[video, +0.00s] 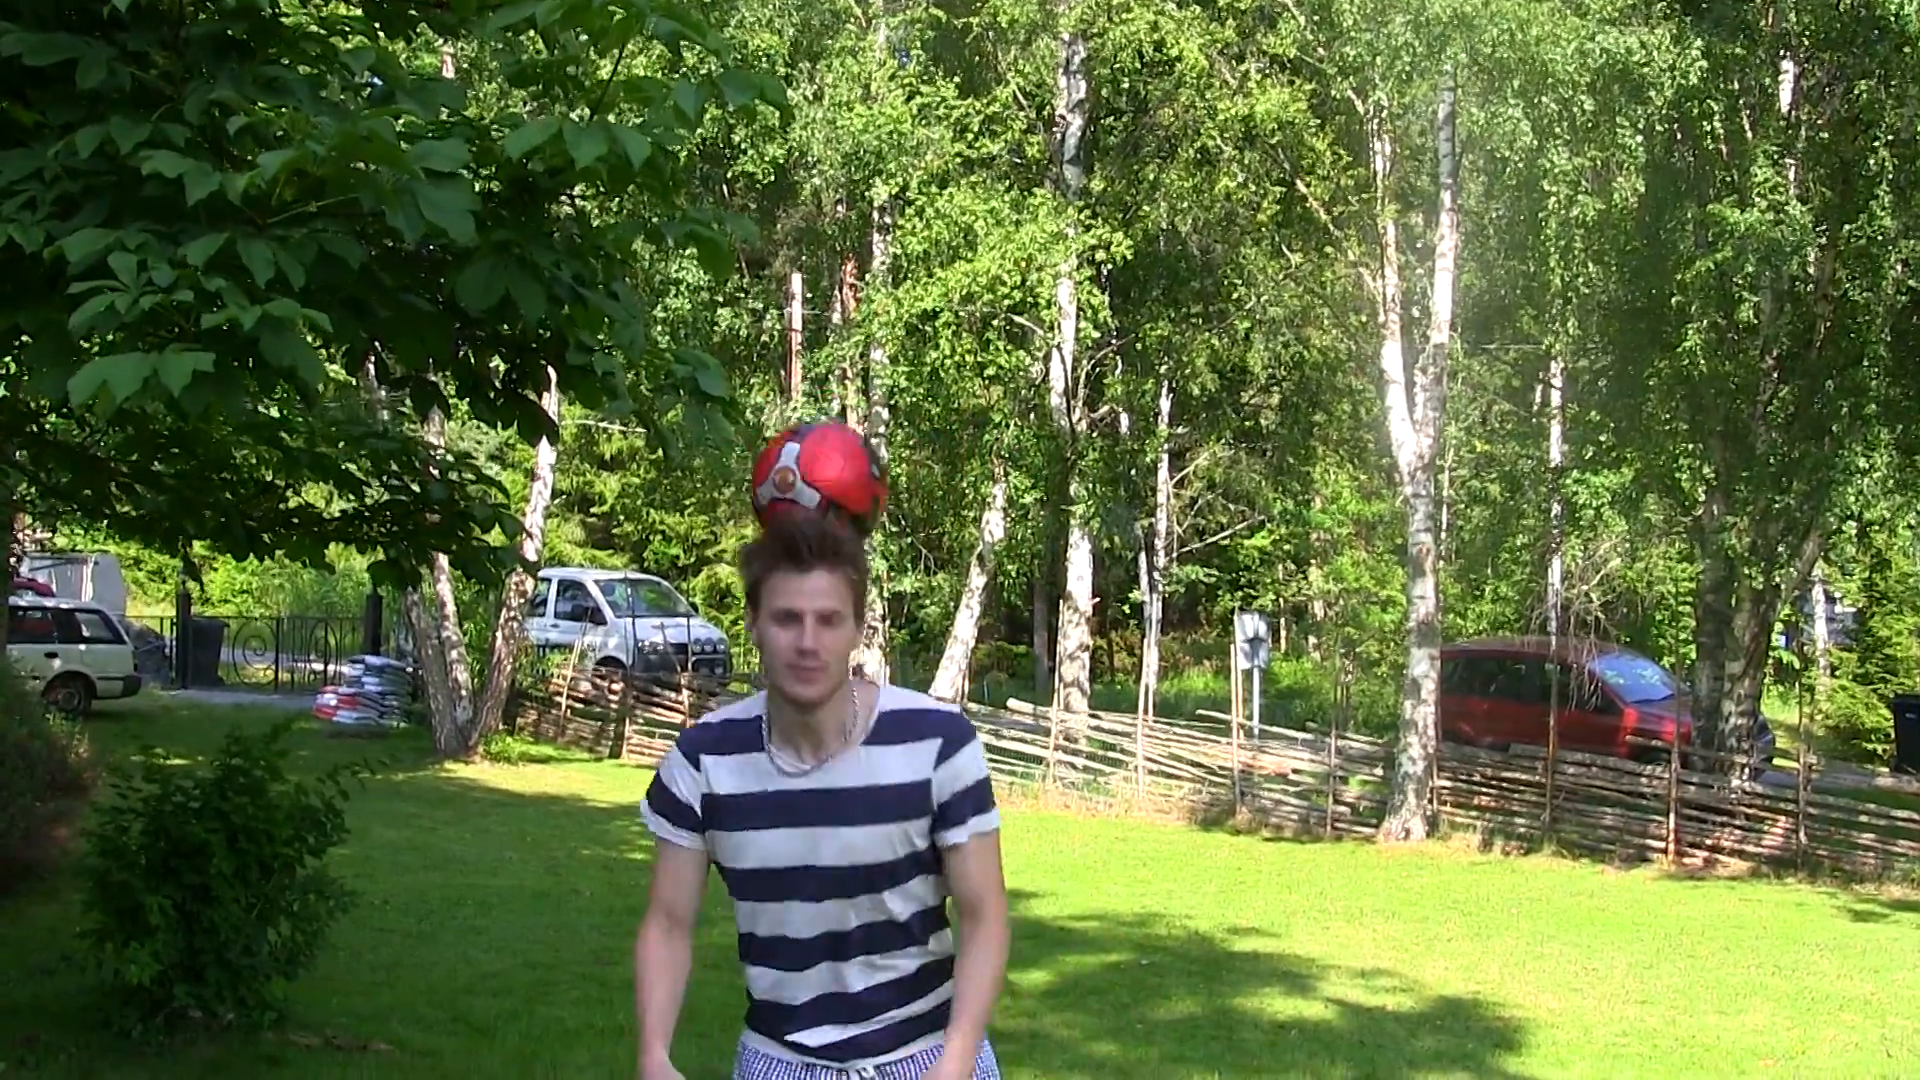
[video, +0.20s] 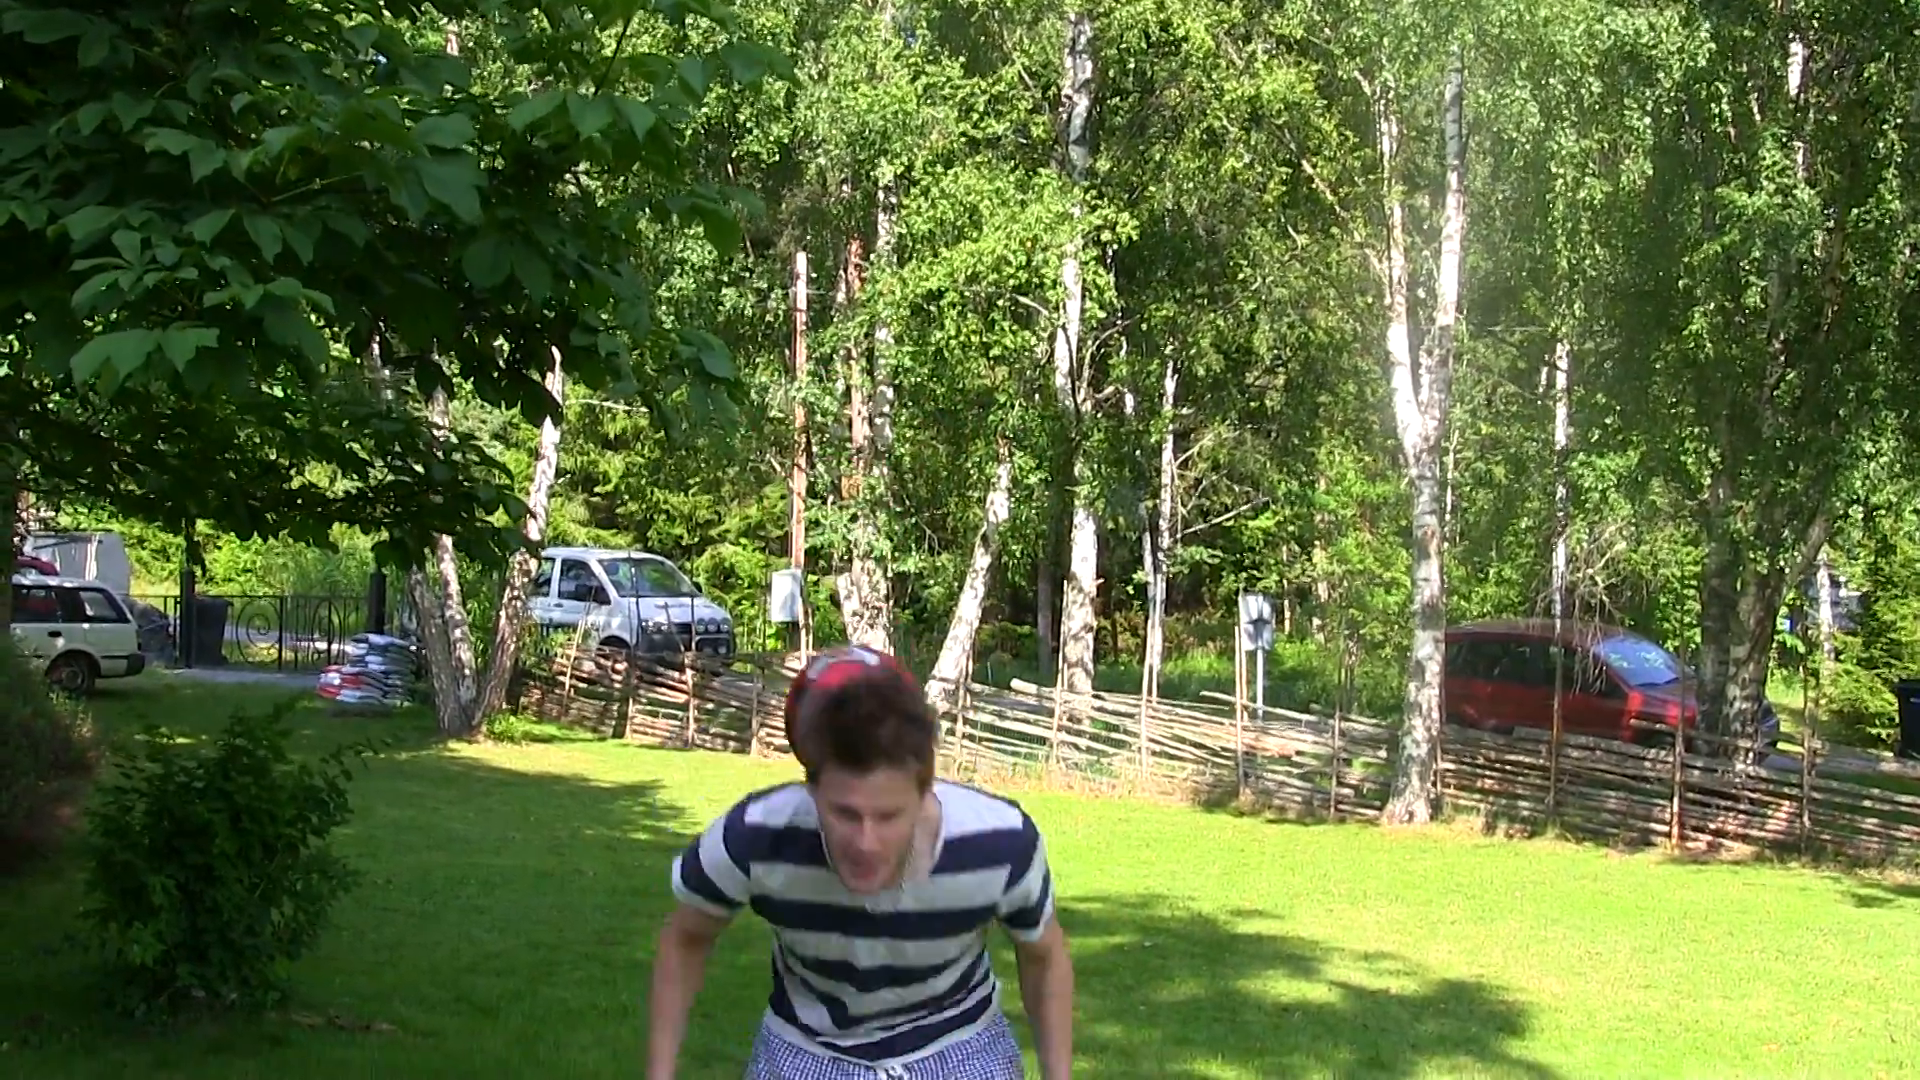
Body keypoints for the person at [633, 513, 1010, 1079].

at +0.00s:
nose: (808, 643)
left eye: (829, 620)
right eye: (787, 619)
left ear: (858, 630)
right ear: (754, 627)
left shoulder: (939, 739)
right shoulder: (704, 756)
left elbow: (984, 918)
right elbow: (669, 922)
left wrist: (958, 1059)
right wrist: (653, 1056)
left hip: (924, 1049)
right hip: (782, 1053)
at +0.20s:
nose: (866, 842)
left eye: (889, 816)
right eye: (845, 814)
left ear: (925, 789)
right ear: (813, 788)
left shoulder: (1002, 842)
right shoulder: (753, 838)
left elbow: (1044, 955)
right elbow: (686, 938)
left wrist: (1057, 1073)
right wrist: (660, 1072)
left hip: (953, 1040)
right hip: (807, 1042)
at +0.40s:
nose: (905, 1017)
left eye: (928, 993)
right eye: (882, 993)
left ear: (966, 946)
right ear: (847, 952)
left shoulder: (1036, 937)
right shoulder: (783, 949)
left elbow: (1078, 967)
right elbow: (703, 969)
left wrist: (1099, 1058)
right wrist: (686, 1071)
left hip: (979, 1047)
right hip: (825, 1048)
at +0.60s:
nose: (929, 1012)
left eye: (953, 990)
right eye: (905, 989)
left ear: (993, 941)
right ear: (869, 941)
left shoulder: (1062, 931)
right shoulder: (801, 939)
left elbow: (1094, 961)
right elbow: (727, 961)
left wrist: (1096, 1051)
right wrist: (714, 1072)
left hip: (1004, 1043)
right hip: (844, 1043)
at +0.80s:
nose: (950, 959)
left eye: (972, 931)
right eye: (924, 935)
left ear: (1007, 879)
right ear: (884, 891)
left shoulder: (1086, 877)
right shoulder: (817, 891)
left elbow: (1114, 938)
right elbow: (749, 902)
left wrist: (1124, 1047)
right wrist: (734, 1060)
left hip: (1029, 1017)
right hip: (870, 1025)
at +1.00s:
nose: (889, 948)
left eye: (912, 918)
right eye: (862, 921)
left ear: (946, 868)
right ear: (822, 871)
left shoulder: (1045, 885)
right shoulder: (770, 857)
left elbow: (1112, 943)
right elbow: (708, 842)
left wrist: (1143, 1057)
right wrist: (699, 1020)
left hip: (1009, 1020)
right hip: (843, 1017)